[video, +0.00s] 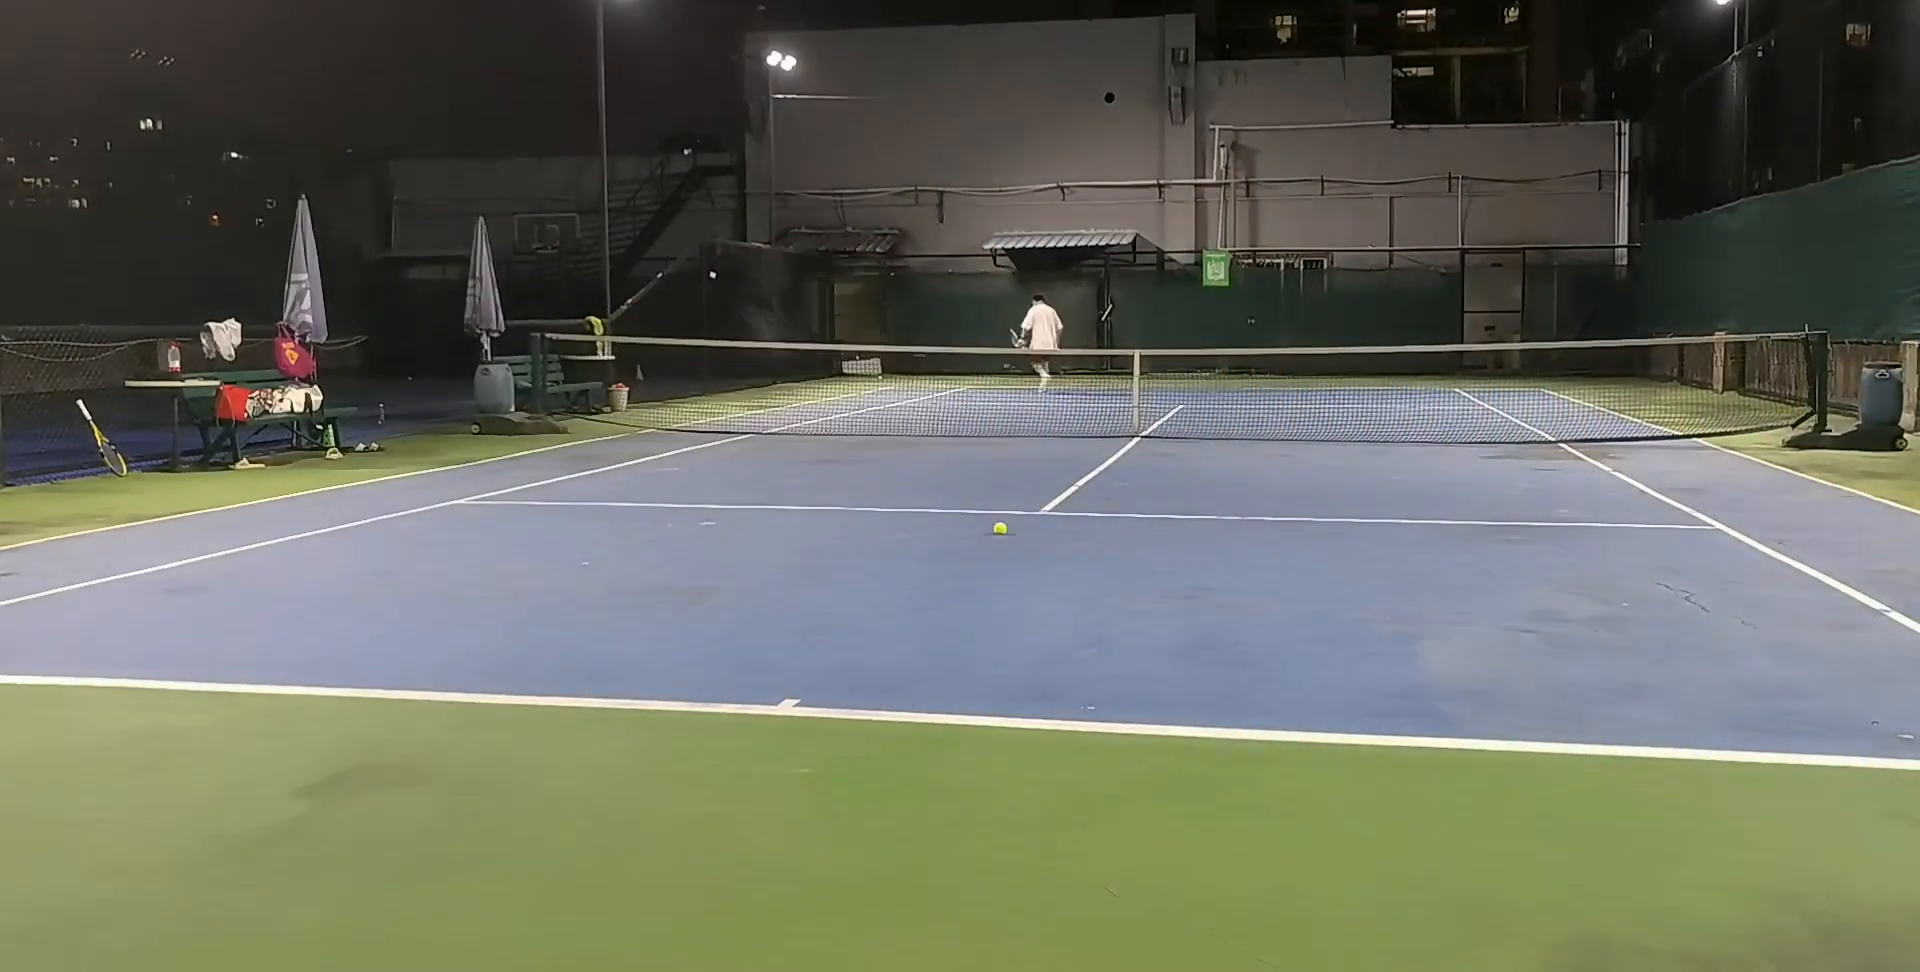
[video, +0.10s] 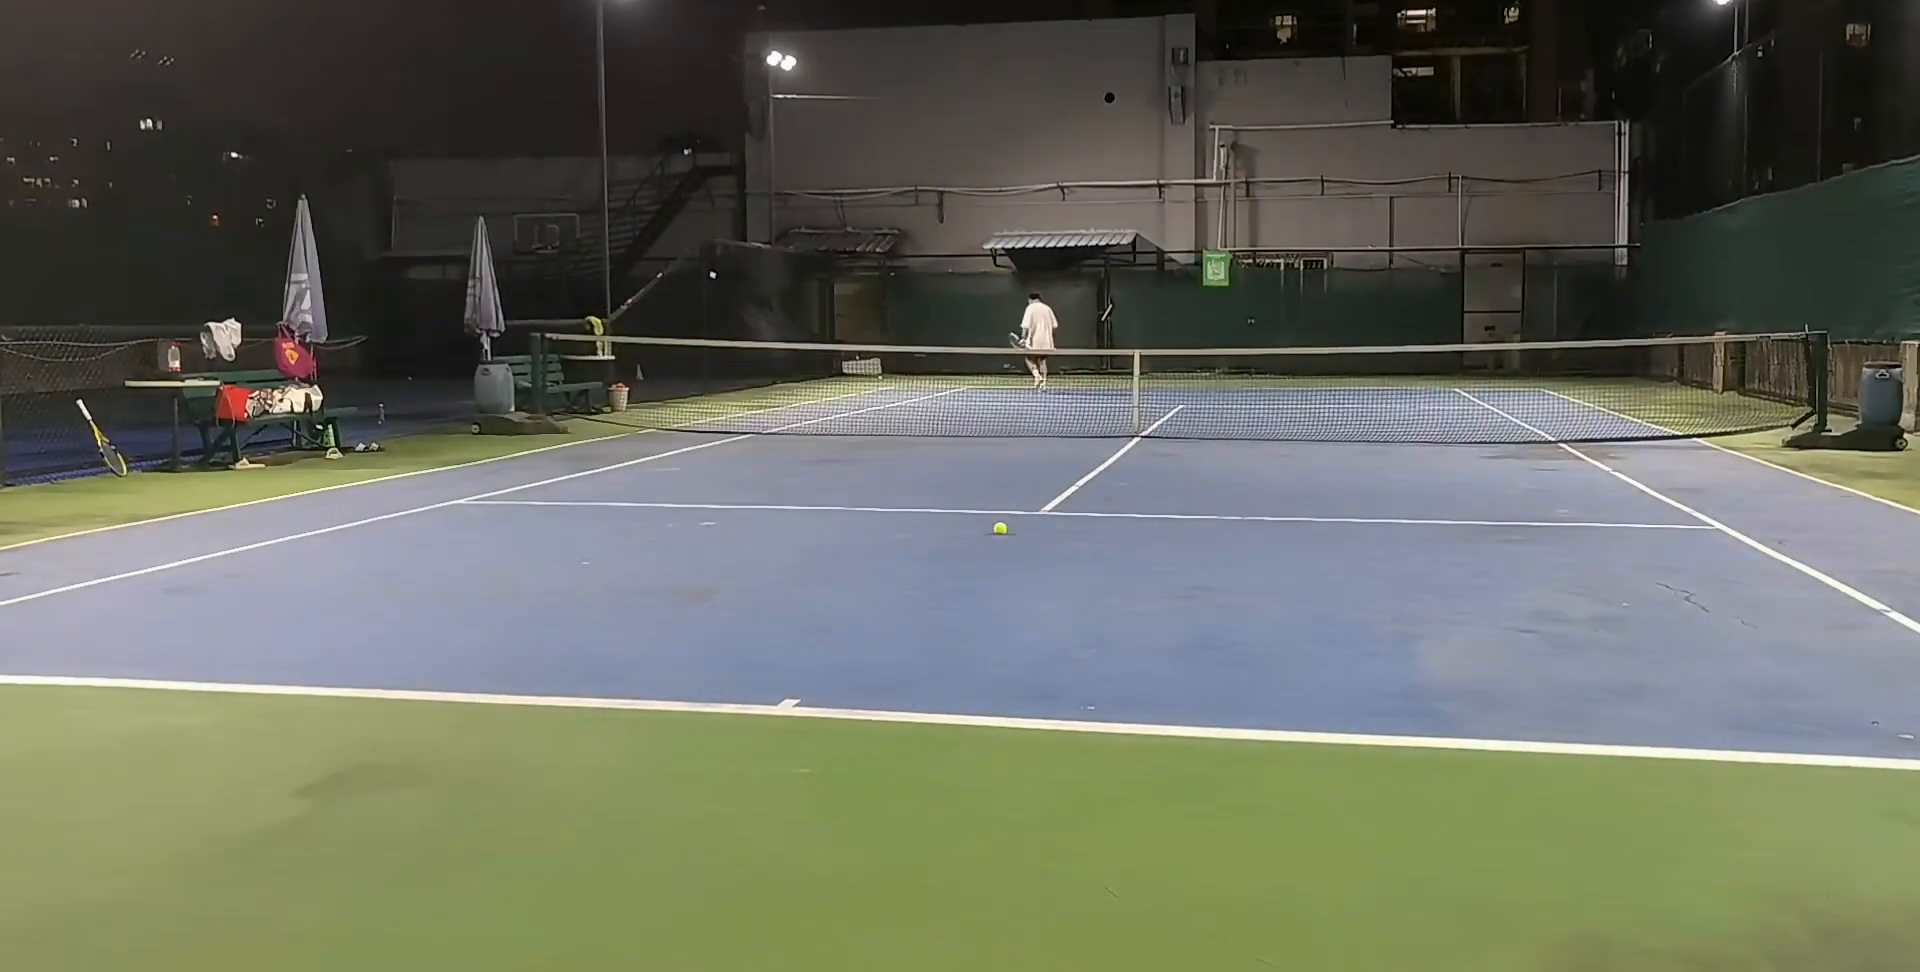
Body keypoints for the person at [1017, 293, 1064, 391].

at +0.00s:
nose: (1033, 304)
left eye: (1033, 302)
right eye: (1033, 302)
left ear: (1034, 302)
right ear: (1044, 301)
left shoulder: (1033, 310)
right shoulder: (1051, 310)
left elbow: (1026, 327)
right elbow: (1060, 327)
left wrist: (1023, 338)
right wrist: (1056, 340)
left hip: (1037, 344)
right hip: (1051, 344)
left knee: (1035, 360)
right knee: (1045, 361)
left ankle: (1044, 374)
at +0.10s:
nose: (1028, 302)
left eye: (1029, 301)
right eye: (1029, 301)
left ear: (1031, 300)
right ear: (1039, 299)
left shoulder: (1030, 308)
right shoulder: (1047, 308)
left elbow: (1025, 326)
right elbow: (1054, 325)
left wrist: (1023, 338)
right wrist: (1049, 336)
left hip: (1034, 340)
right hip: (1046, 340)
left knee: (1029, 358)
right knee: (1043, 360)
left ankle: (1036, 375)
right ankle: (1044, 381)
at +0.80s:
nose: (998, 303)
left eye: (999, 301)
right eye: (998, 301)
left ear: (1001, 301)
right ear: (1008, 301)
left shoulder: (998, 311)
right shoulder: (1016, 311)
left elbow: (989, 327)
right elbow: (1024, 327)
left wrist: (986, 339)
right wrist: (1025, 339)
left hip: (1002, 342)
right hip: (1015, 342)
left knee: (1009, 361)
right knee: (1006, 360)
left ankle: (1015, 379)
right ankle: (1003, 378)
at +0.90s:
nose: (995, 303)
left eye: (995, 301)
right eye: (996, 301)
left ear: (996, 301)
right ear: (1006, 301)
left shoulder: (994, 312)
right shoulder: (1012, 312)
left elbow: (986, 328)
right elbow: (1019, 328)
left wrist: (982, 339)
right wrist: (1020, 341)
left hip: (998, 343)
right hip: (1011, 343)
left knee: (998, 359)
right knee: (1006, 359)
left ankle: (1006, 371)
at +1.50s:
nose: (967, 301)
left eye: (968, 299)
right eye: (968, 299)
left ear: (969, 299)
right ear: (977, 298)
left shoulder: (969, 311)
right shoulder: (985, 310)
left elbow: (965, 328)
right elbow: (989, 325)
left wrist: (964, 340)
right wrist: (985, 335)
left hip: (972, 339)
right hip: (984, 340)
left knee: (972, 359)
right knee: (979, 357)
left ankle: (974, 378)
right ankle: (984, 373)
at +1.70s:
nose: (963, 302)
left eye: (963, 300)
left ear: (962, 301)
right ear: (972, 300)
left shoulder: (960, 312)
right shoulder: (978, 313)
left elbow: (953, 327)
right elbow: (984, 327)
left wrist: (949, 339)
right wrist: (987, 340)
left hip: (964, 342)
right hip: (977, 342)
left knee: (970, 360)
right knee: (967, 359)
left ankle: (973, 378)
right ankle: (964, 376)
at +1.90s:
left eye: (957, 300)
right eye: (963, 300)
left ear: (956, 300)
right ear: (966, 300)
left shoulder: (954, 312)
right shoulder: (970, 312)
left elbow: (946, 326)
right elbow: (975, 328)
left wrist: (945, 338)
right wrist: (975, 340)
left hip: (955, 342)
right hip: (968, 342)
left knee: (955, 360)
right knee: (964, 360)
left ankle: (963, 370)